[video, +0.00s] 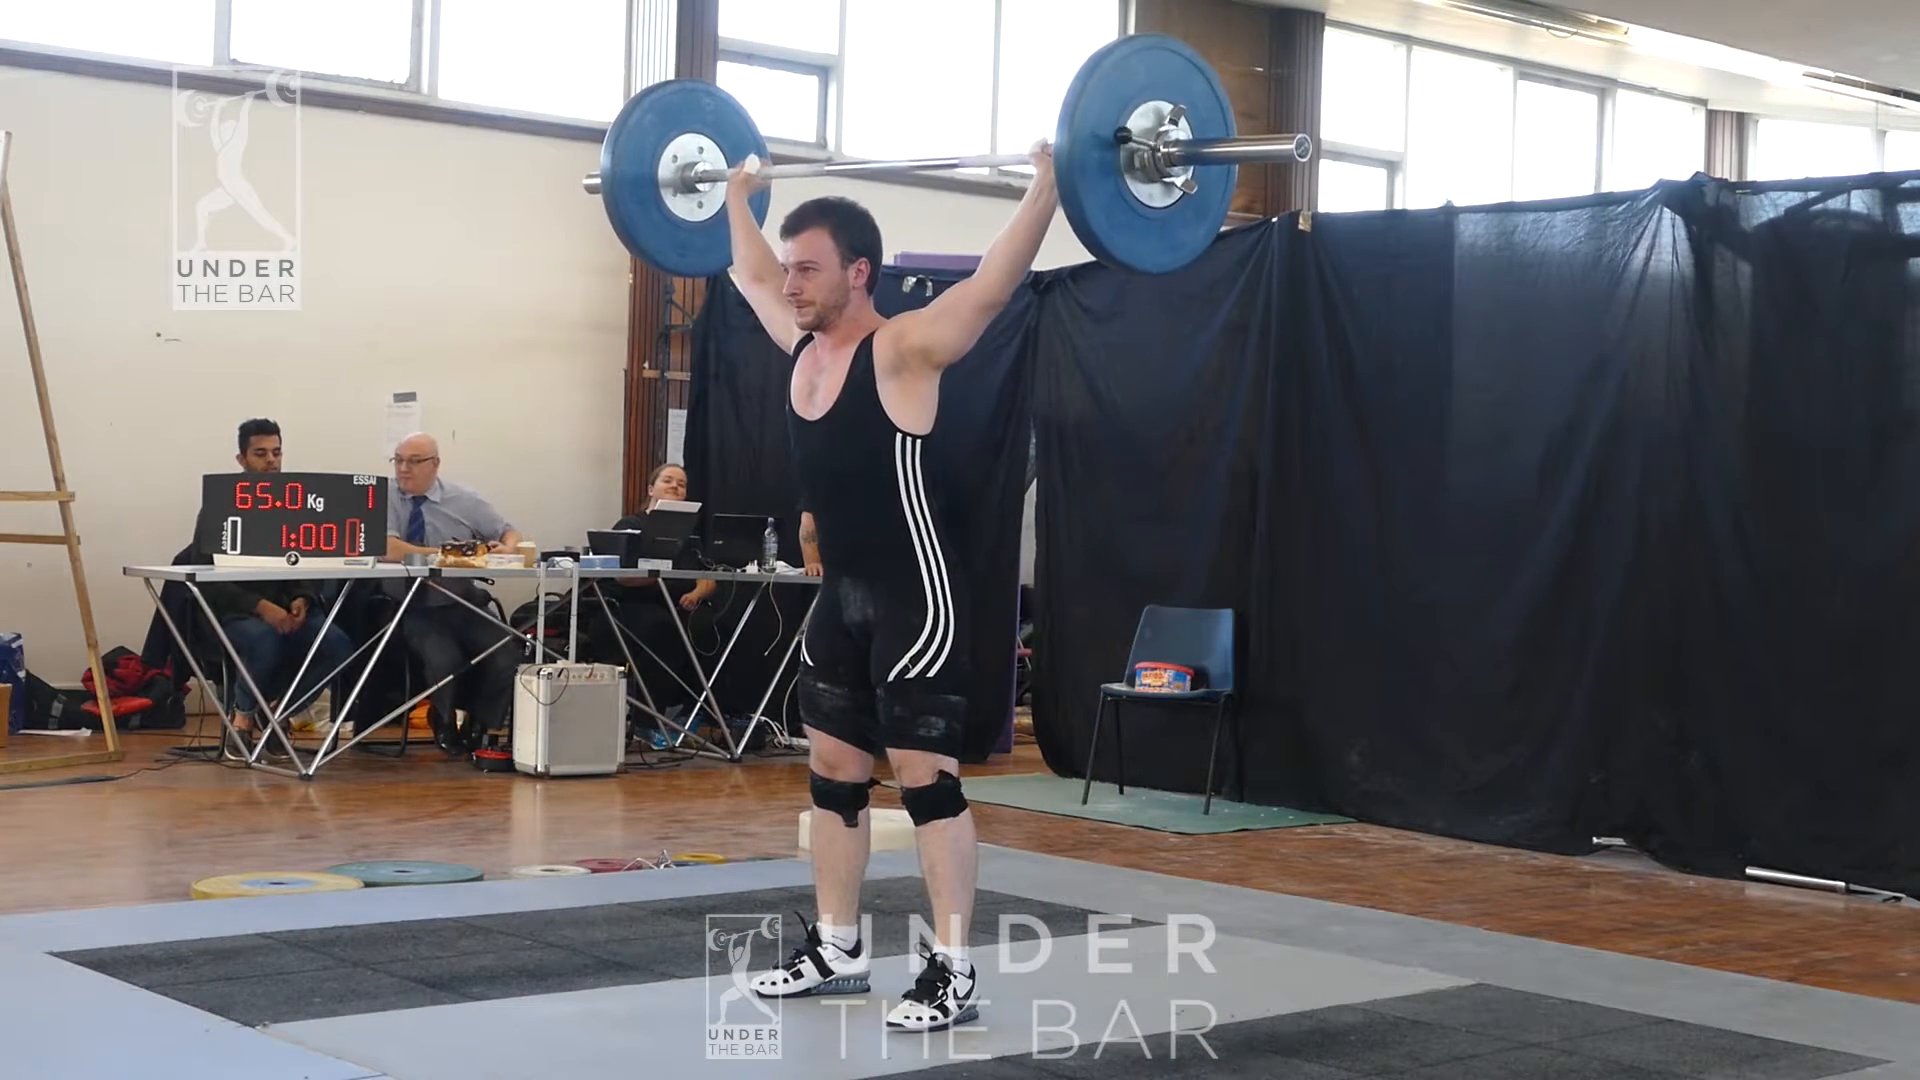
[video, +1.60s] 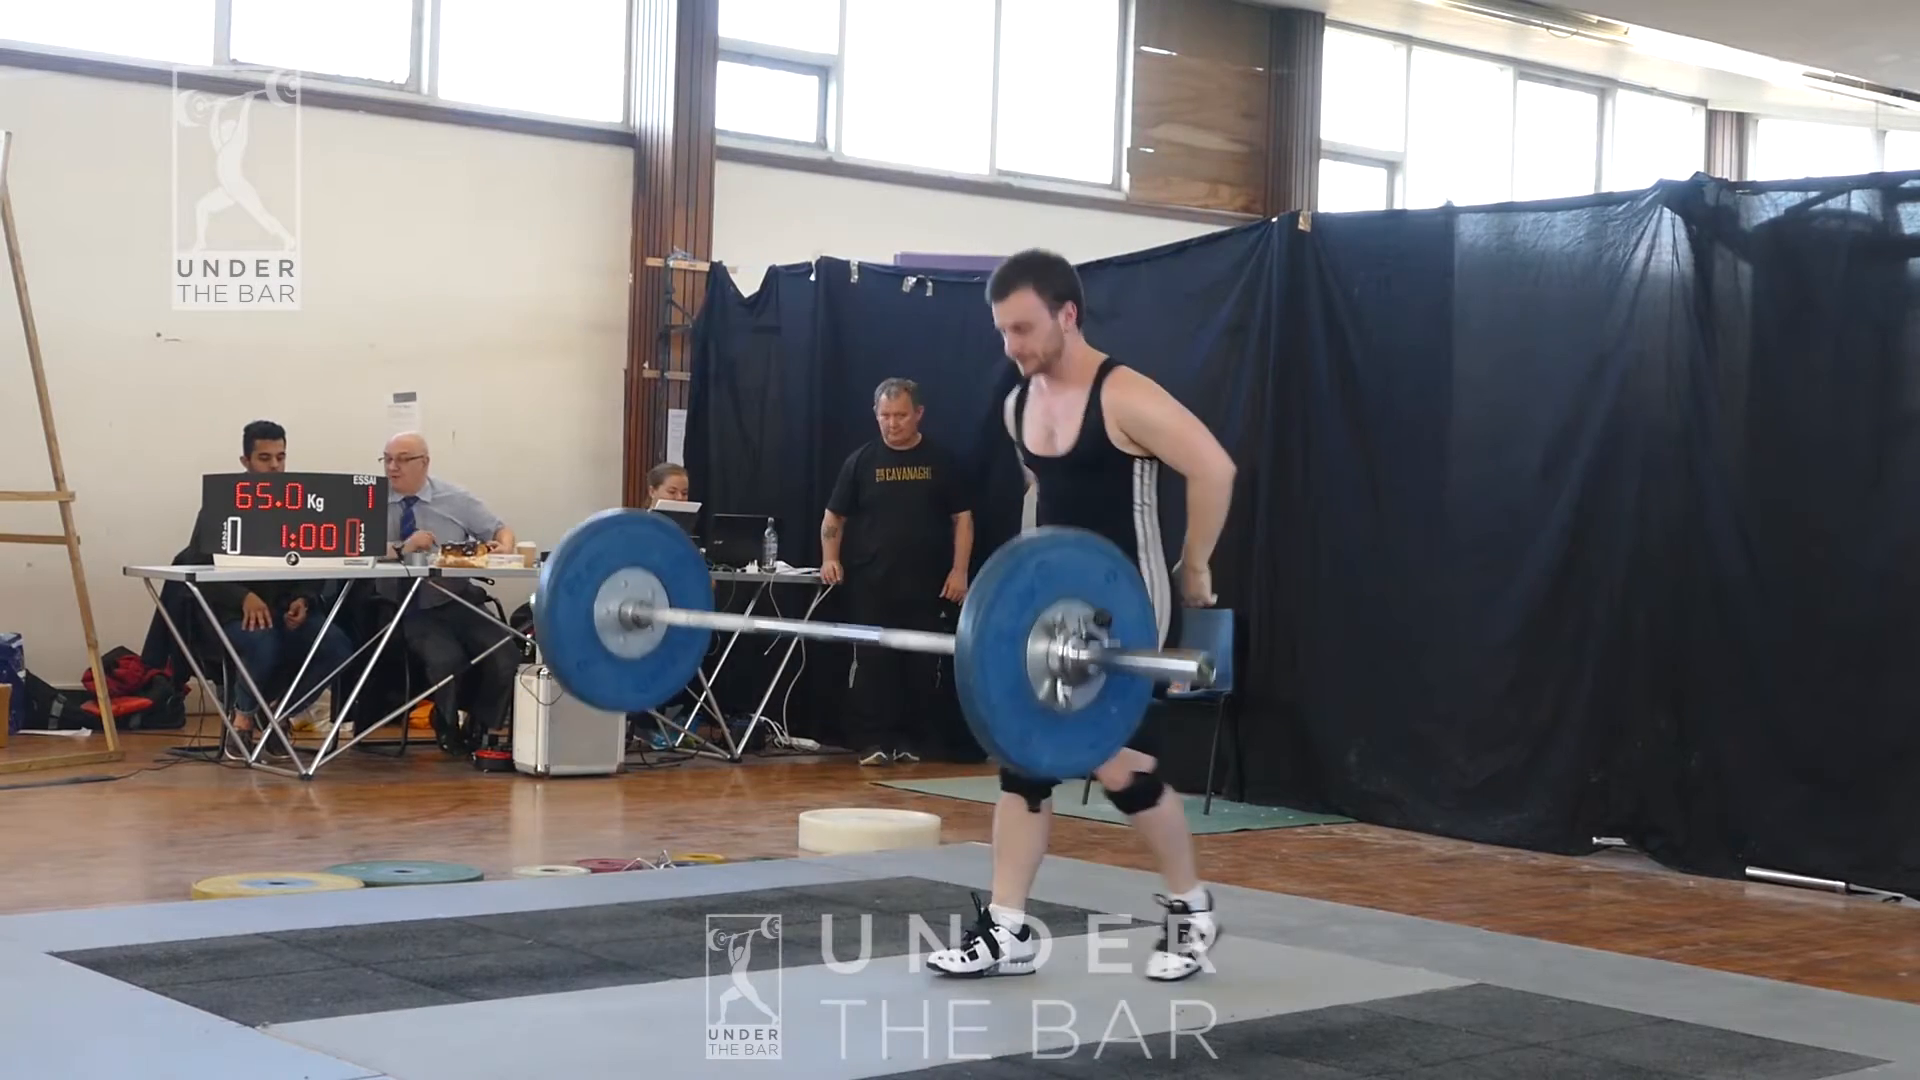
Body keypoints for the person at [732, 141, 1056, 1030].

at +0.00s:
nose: (793, 283)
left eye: (808, 268)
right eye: (789, 270)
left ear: (859, 273)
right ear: (792, 274)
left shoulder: (906, 345)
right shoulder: (807, 348)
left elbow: (989, 284)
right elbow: (755, 276)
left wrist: (1043, 192)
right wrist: (737, 194)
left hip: (919, 596)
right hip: (841, 596)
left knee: (922, 773)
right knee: (835, 767)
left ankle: (950, 969)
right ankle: (838, 951)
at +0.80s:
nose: (913, 282)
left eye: (930, 269)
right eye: (909, 270)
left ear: (980, 275)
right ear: (911, 277)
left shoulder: (1001, 351)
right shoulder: (902, 345)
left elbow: (1029, 323)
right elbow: (799, 305)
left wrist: (1031, 243)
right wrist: (706, 233)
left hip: (985, 601)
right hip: (910, 594)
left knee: (953, 767)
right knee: (863, 756)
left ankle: (952, 969)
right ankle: (838, 947)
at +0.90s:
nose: (945, 284)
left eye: (963, 270)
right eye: (940, 271)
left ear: (1008, 281)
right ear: (935, 282)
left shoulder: (1022, 363)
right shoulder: (922, 368)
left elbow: (1066, 352)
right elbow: (811, 377)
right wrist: (701, 344)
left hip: (998, 609)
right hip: (923, 600)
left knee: (965, 767)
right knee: (867, 752)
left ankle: (954, 968)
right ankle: (882, 933)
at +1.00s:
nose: (959, 289)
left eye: (977, 276)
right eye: (957, 276)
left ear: (1024, 289)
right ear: (959, 287)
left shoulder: (1046, 386)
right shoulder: (934, 385)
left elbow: (1088, 498)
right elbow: (846, 448)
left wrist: (1060, 557)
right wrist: (734, 482)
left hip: (1008, 601)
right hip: (937, 593)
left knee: (966, 768)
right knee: (880, 763)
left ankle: (955, 972)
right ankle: (947, 906)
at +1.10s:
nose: (968, 298)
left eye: (986, 285)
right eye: (965, 286)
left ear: (1033, 299)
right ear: (967, 297)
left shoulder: (1058, 402)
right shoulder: (952, 396)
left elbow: (1094, 517)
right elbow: (906, 508)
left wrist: (1084, 624)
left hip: (1013, 633)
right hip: (937, 624)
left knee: (975, 789)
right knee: (913, 784)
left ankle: (957, 962)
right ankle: (1004, 909)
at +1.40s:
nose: (991, 301)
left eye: (1006, 287)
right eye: (986, 288)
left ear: (1053, 290)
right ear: (987, 294)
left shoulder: (1092, 380)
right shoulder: (981, 389)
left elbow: (1160, 473)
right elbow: (971, 494)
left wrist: (1146, 584)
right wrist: (957, 590)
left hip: (1071, 614)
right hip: (994, 612)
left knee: (1056, 766)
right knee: (984, 762)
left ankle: (1061, 938)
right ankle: (1002, 930)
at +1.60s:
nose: (1011, 346)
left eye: (1022, 329)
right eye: (1003, 331)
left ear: (1067, 316)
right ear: (1001, 327)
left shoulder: (1122, 393)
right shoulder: (1021, 400)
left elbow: (1215, 470)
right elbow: (1040, 497)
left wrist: (1195, 565)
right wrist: (1023, 585)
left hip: (1122, 607)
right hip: (1043, 601)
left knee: (1121, 767)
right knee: (1022, 761)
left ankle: (1190, 909)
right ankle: (1005, 926)